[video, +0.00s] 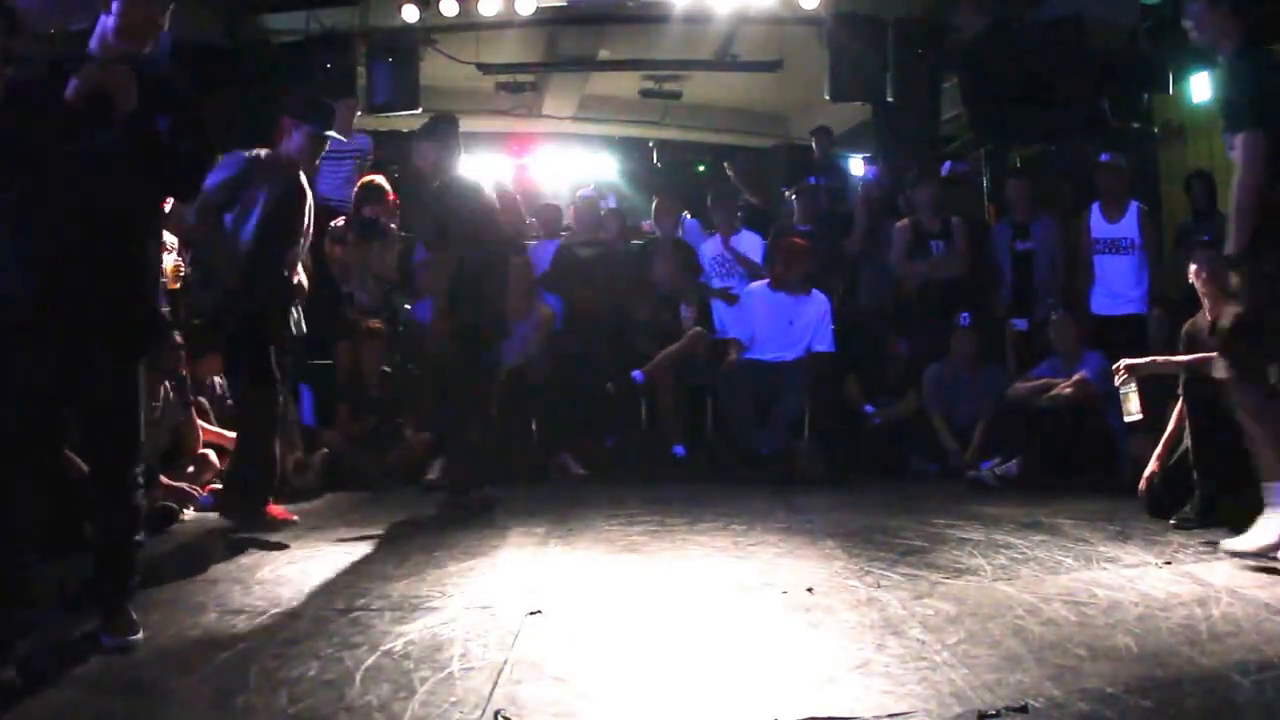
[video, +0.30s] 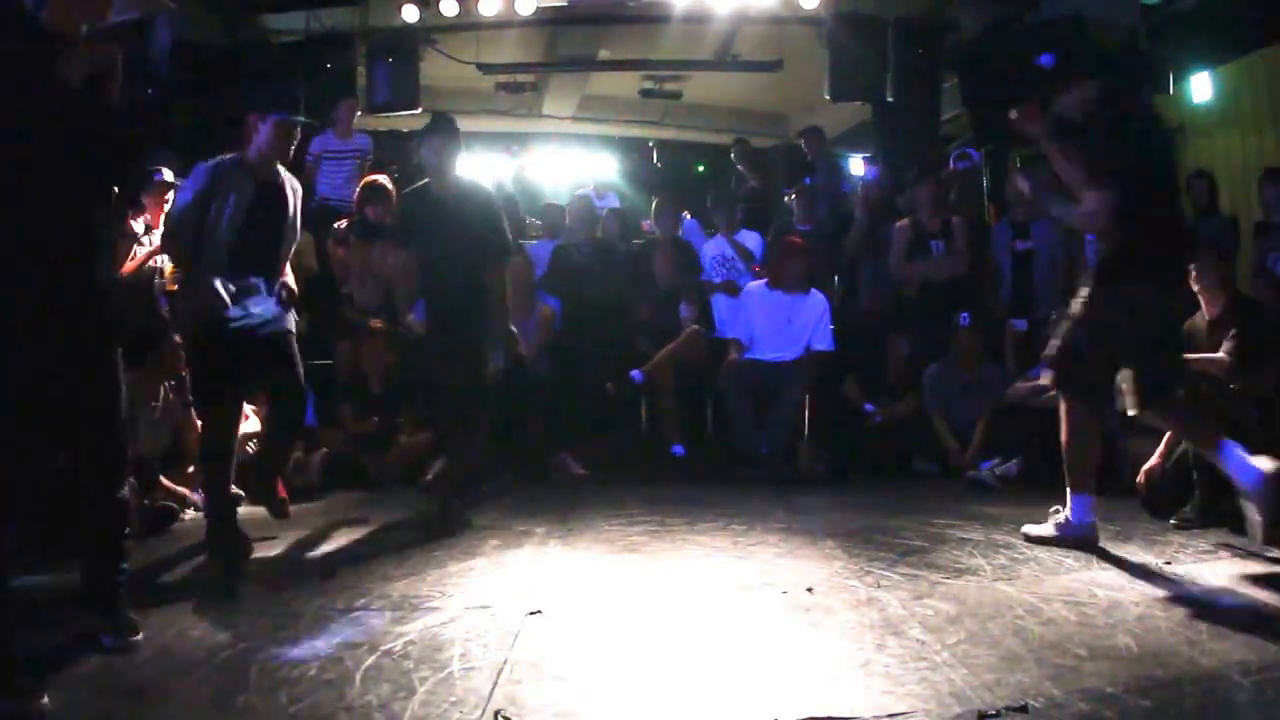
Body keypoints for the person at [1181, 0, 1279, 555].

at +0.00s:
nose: (1189, 25)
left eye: (1195, 14)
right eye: (1187, 16)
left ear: (1225, 13)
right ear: (1229, 17)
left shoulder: (1245, 69)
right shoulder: (1250, 65)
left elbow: (1250, 169)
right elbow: (1250, 170)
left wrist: (1233, 252)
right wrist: (1233, 251)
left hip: (1261, 259)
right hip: (1258, 256)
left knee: (1239, 368)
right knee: (1242, 368)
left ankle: (1273, 506)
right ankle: (1271, 508)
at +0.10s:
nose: (1151, 58)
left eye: (1155, 46)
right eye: (1149, 48)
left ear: (1177, 40)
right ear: (1181, 41)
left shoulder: (1208, 91)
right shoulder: (1223, 90)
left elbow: (1209, 188)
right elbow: (1213, 189)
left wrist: (1191, 268)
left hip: (1231, 267)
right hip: (1252, 265)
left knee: (1186, 381)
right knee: (1263, 387)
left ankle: (1149, 511)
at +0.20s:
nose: (1104, 98)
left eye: (1110, 86)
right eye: (1103, 88)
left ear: (1139, 81)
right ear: (1142, 83)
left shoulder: (1173, 132)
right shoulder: (1185, 127)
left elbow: (1170, 215)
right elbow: (1146, 197)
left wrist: (1140, 269)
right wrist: (1087, 170)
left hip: (1177, 291)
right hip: (1215, 287)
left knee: (1123, 398)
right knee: (1243, 401)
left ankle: (1085, 514)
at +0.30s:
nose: (1054, 107)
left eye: (1059, 97)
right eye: (1054, 102)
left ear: (1076, 91)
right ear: (1112, 85)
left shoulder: (1096, 131)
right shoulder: (1144, 126)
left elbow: (1098, 215)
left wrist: (1044, 201)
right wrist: (1047, 137)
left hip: (1123, 275)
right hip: (1163, 273)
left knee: (1073, 377)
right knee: (1154, 395)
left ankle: (1078, 515)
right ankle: (1252, 475)